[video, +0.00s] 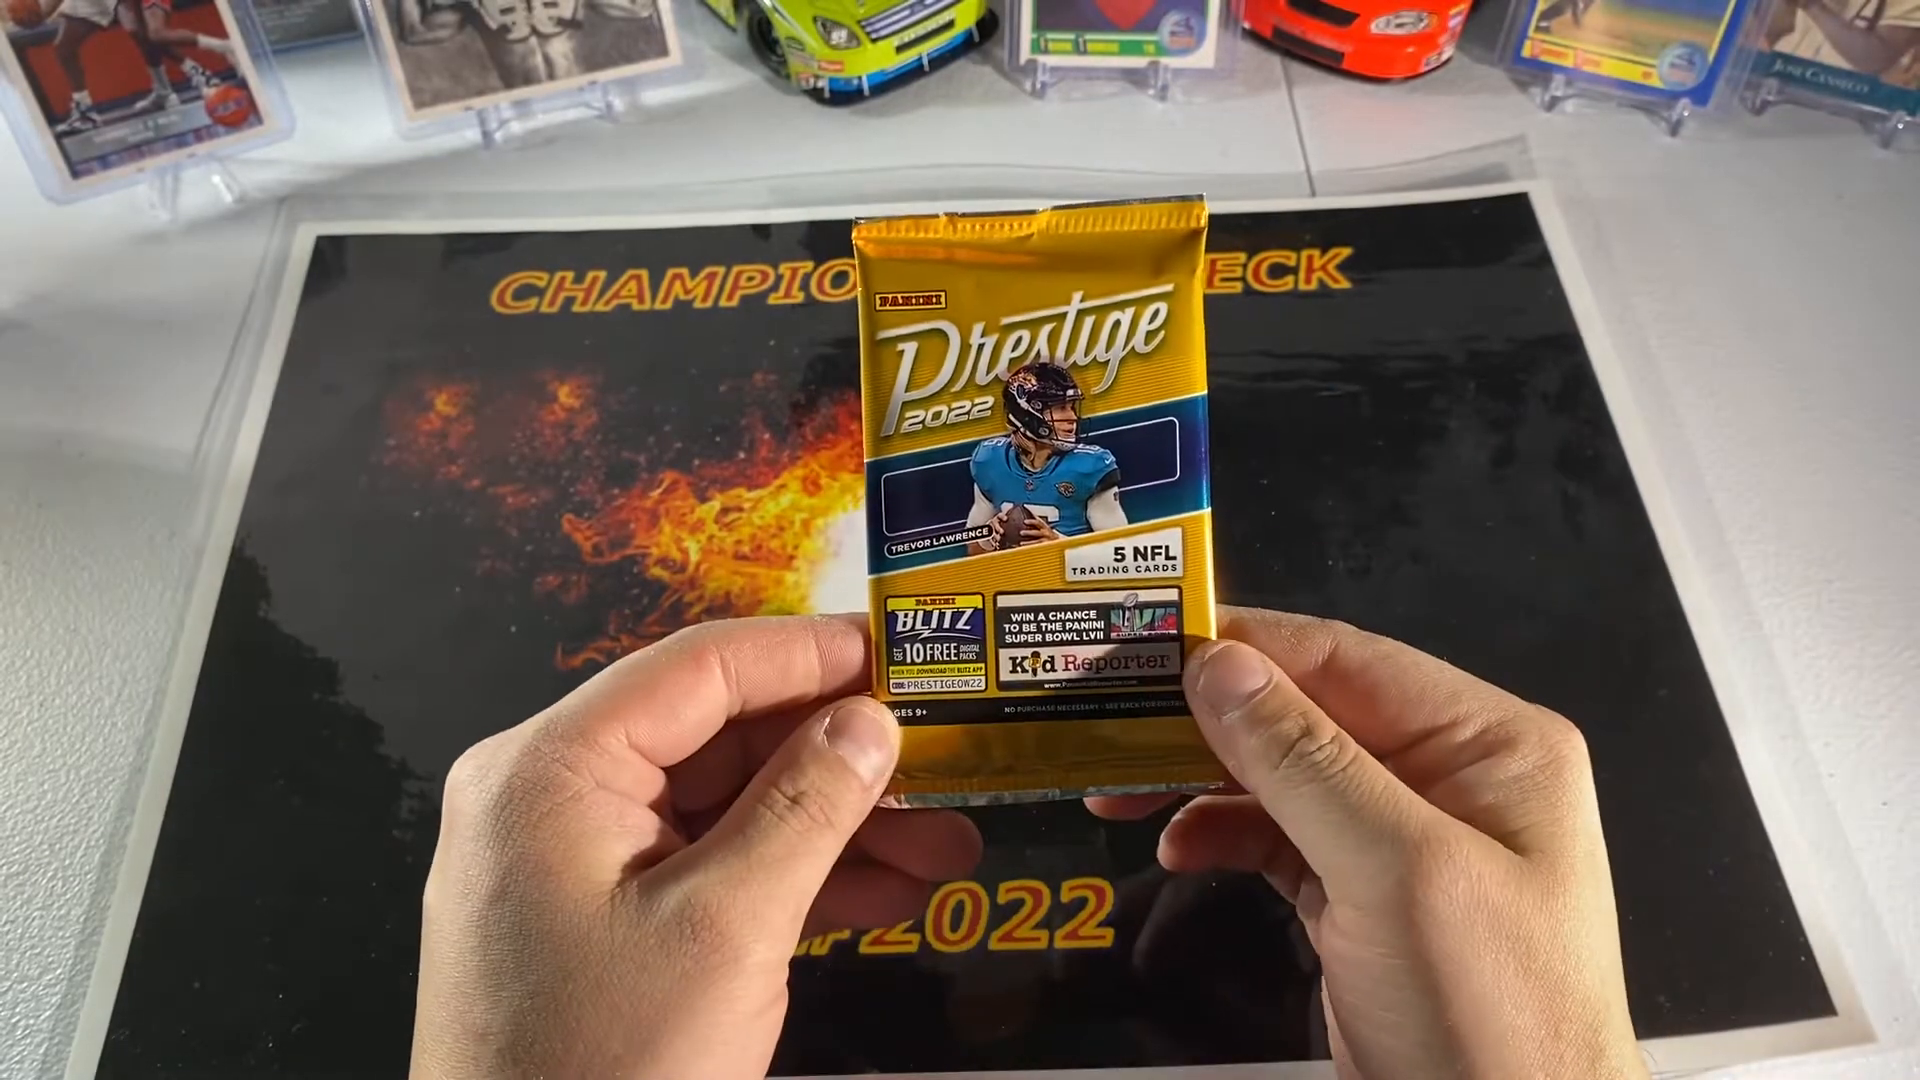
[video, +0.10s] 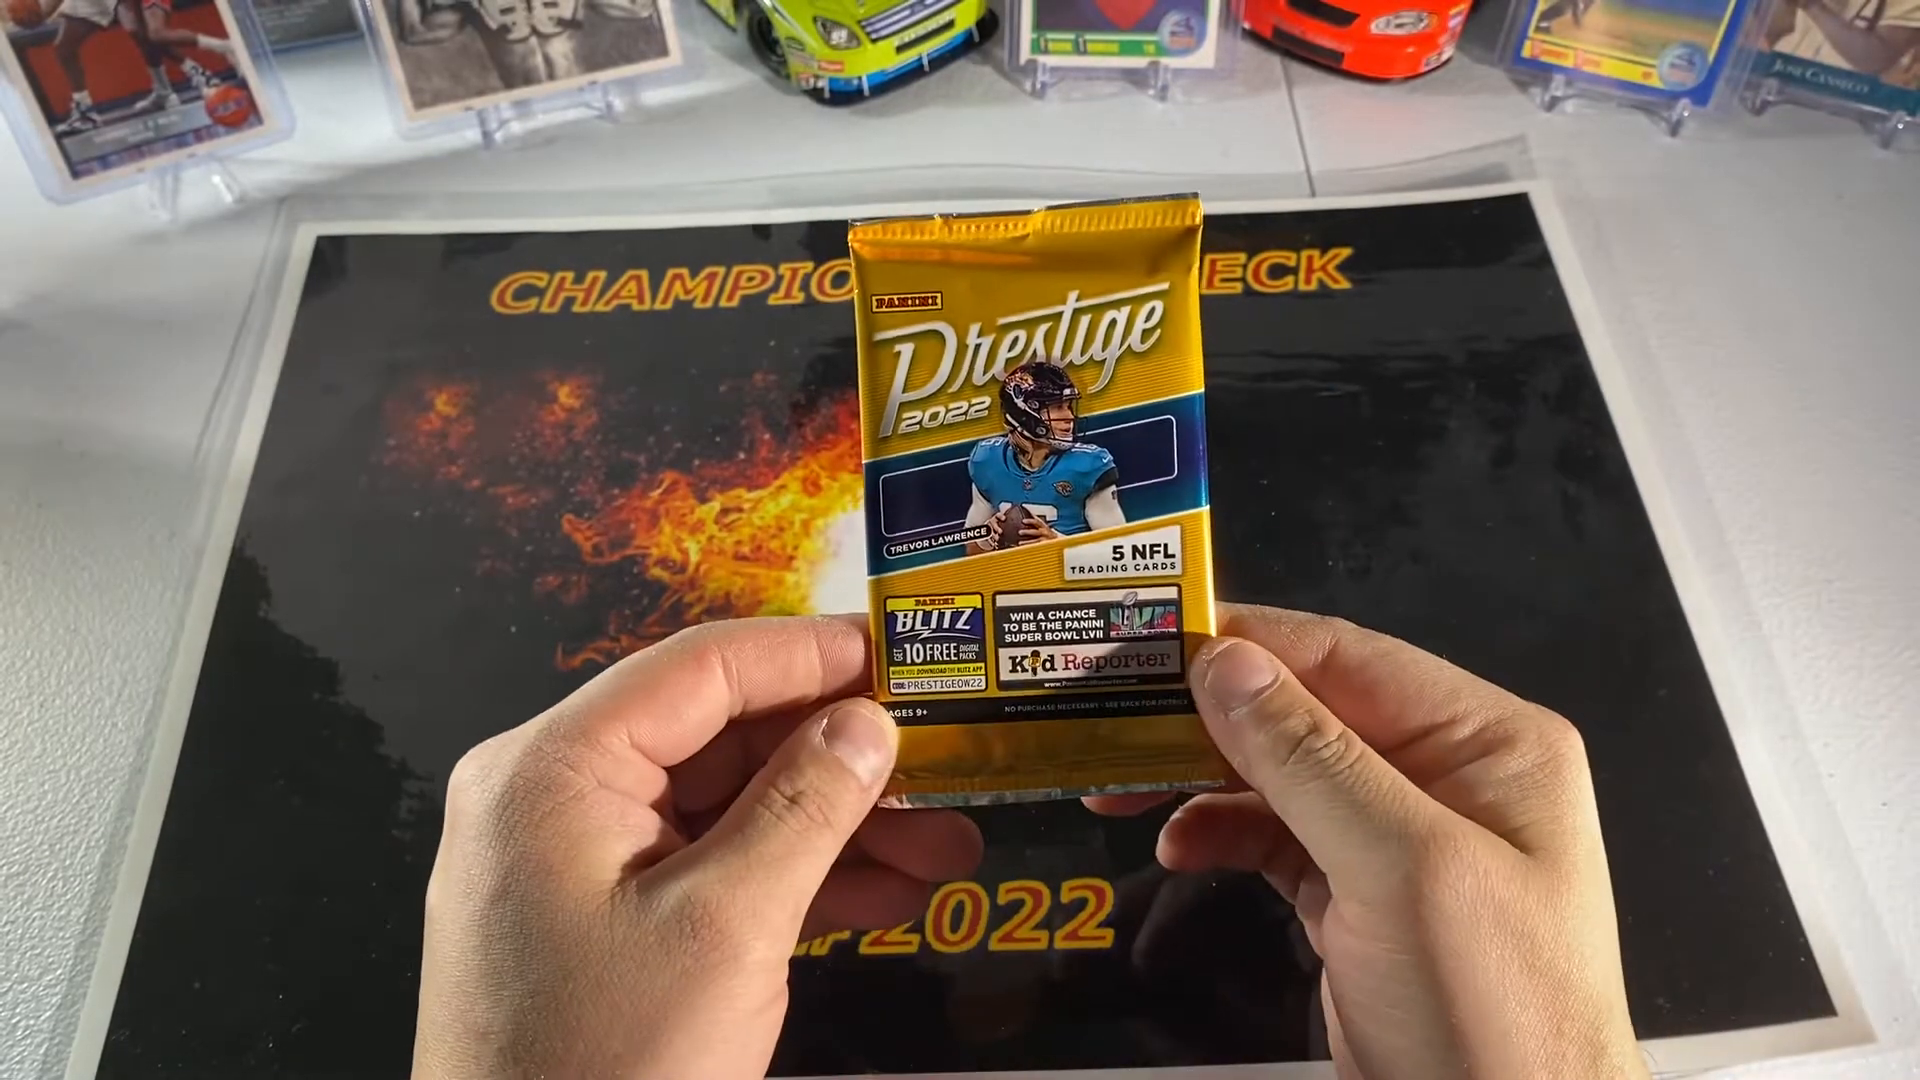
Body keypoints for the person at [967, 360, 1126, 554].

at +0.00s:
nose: (1072, 417)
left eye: (1071, 407)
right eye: (1058, 408)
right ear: (1026, 414)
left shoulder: (1092, 466)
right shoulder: (988, 460)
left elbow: (1119, 548)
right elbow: (973, 548)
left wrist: (1063, 543)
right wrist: (992, 538)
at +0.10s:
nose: (1069, 417)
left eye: (1068, 406)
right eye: (1055, 407)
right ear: (1023, 414)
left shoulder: (1090, 465)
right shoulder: (986, 460)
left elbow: (1118, 547)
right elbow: (971, 548)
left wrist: (1061, 542)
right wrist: (991, 537)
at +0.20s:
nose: (1069, 417)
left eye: (1068, 406)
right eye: (1055, 407)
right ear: (1024, 414)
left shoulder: (1090, 465)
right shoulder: (986, 460)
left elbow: (1120, 547)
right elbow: (973, 549)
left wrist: (1061, 542)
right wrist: (992, 537)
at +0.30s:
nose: (1071, 416)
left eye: (1070, 405)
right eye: (1057, 407)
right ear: (1026, 414)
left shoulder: (1092, 465)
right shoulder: (988, 460)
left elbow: (1121, 547)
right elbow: (974, 547)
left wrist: (1064, 543)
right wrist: (993, 538)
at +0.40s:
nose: (1078, 416)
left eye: (1077, 406)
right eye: (1065, 407)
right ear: (1033, 414)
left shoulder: (1098, 465)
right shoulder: (993, 459)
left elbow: (1125, 548)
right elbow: (978, 548)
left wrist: (1068, 542)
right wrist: (998, 538)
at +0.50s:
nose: (1078, 415)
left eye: (1078, 405)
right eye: (1064, 405)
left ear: (1084, 405)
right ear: (1032, 411)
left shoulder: (1097, 465)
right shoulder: (993, 458)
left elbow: (1126, 549)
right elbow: (977, 547)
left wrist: (1067, 542)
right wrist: (998, 537)